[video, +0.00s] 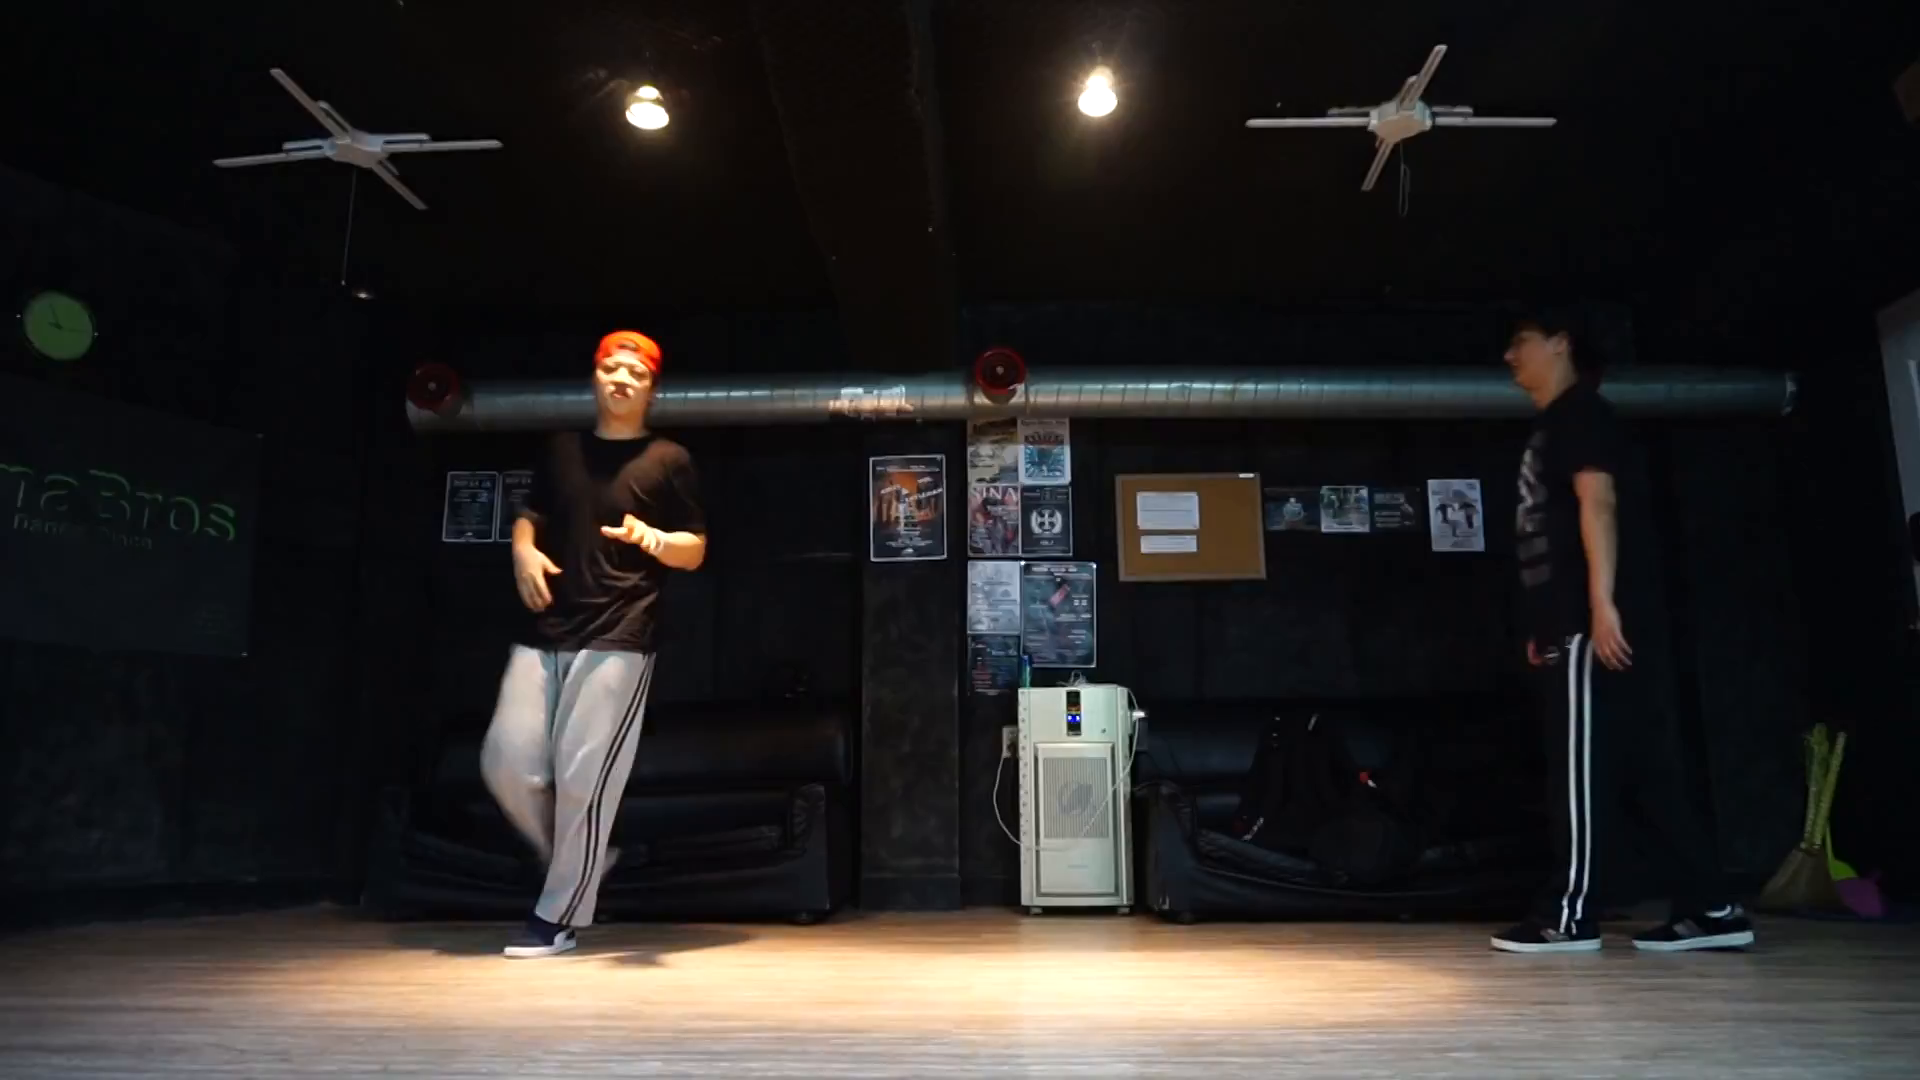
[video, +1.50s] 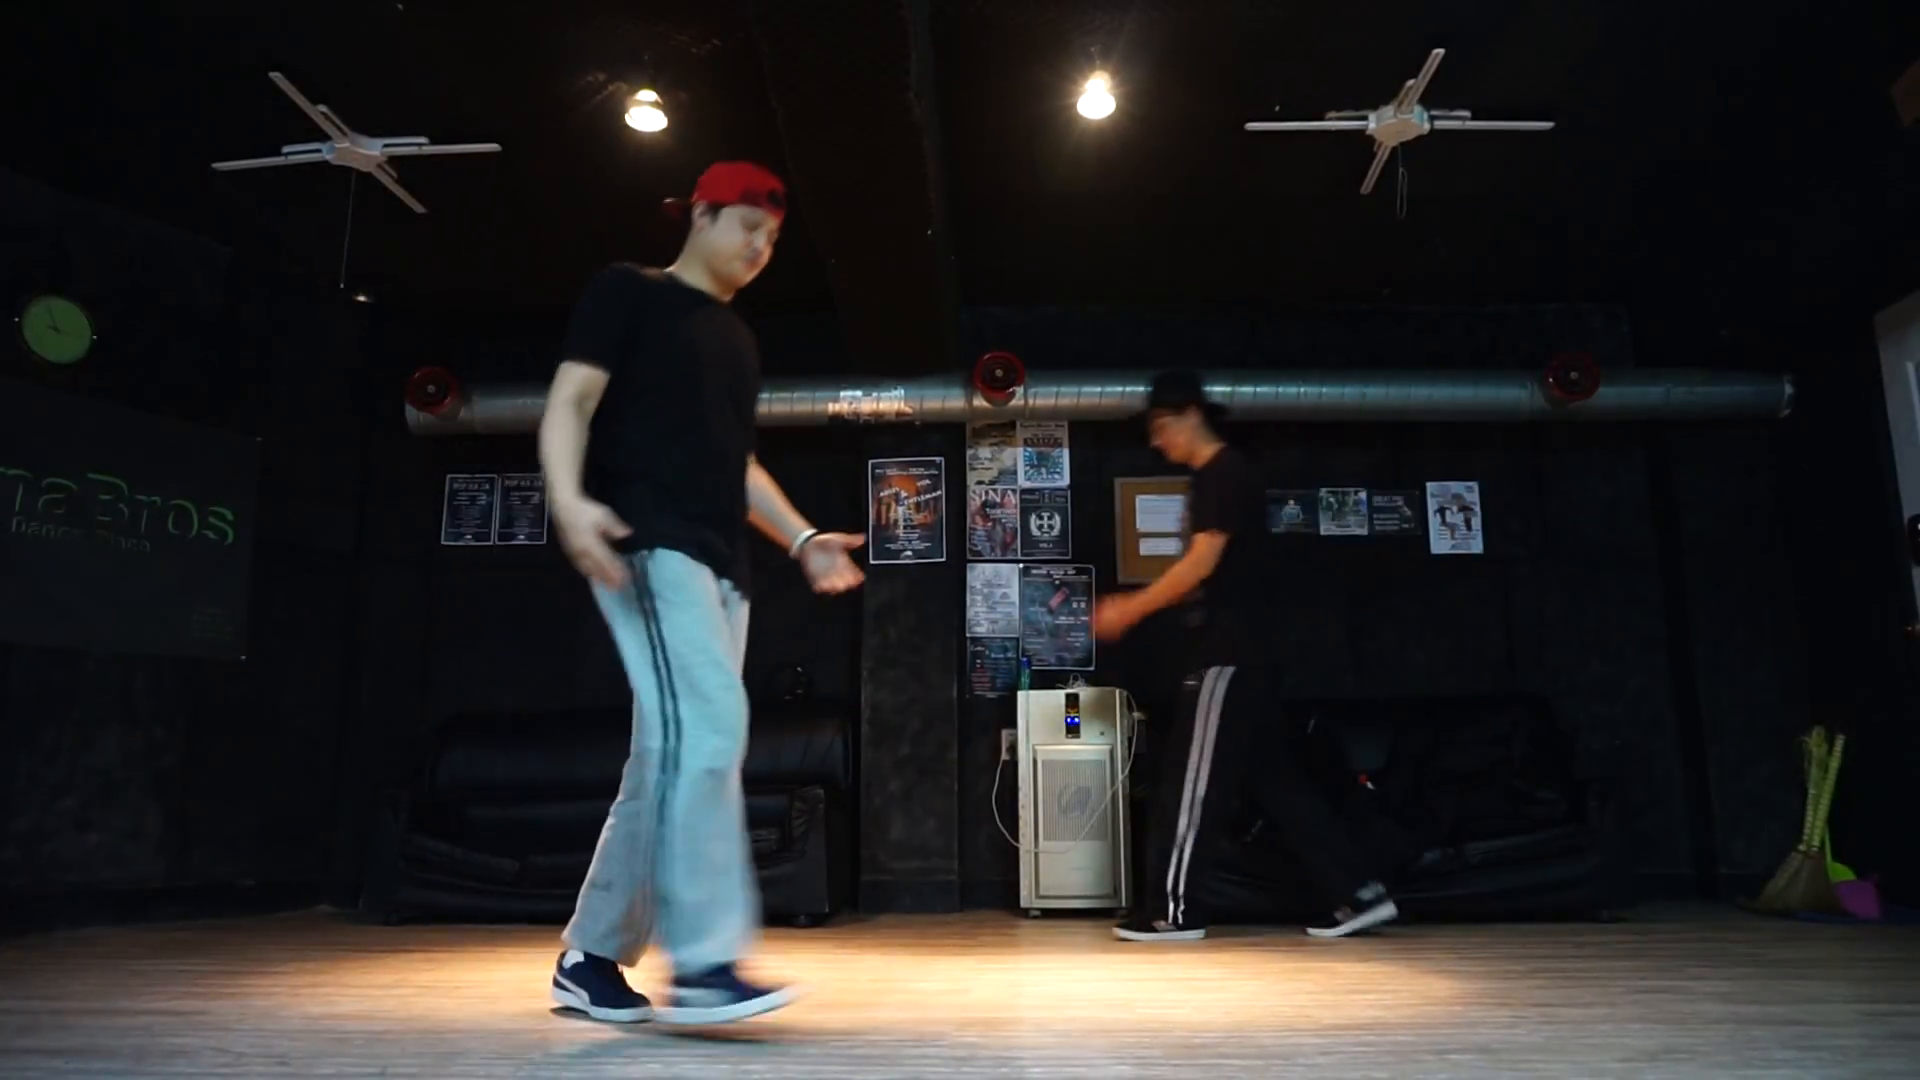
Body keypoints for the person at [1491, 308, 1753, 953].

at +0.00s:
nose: (1509, 355)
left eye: (1522, 341)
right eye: (1512, 343)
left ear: (1561, 346)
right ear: (1548, 351)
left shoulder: (1581, 416)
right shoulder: (1551, 427)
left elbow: (1599, 505)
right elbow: (1548, 531)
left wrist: (1603, 604)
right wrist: (1542, 622)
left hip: (1588, 625)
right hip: (1570, 627)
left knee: (1580, 774)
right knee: (1647, 766)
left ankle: (1571, 919)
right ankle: (1712, 908)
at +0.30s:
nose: (1444, 381)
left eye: (1452, 366)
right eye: (1443, 370)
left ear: (1488, 363)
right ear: (1483, 368)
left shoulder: (1522, 426)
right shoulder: (1502, 434)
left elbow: (1524, 522)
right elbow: (1505, 538)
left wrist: (1517, 622)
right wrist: (1495, 627)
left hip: (1540, 627)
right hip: (1531, 627)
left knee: (1540, 773)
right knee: (1558, 763)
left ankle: (1567, 923)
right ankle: (1639, 864)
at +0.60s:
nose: (1405, 378)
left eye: (1416, 365)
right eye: (1407, 366)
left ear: (1449, 369)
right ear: (1448, 371)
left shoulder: (1454, 428)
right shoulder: (1468, 431)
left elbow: (1432, 518)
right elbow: (1456, 530)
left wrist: (1393, 607)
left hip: (1490, 623)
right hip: (1473, 623)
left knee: (1519, 772)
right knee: (1453, 766)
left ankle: (1568, 922)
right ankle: (1440, 904)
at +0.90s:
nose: (1316, 415)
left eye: (1323, 402)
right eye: (1315, 405)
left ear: (1356, 398)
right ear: (1354, 401)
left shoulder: (1375, 449)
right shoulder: (1375, 453)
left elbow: (1371, 533)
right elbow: (1381, 544)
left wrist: (1345, 621)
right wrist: (1363, 625)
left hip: (1403, 628)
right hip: (1390, 631)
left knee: (1428, 757)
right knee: (1379, 765)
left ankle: (1542, 904)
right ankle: (1377, 910)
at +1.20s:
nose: (1256, 407)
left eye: (1265, 394)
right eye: (1256, 397)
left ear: (1300, 394)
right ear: (1291, 397)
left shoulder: (1312, 453)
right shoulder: (1301, 464)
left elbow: (1295, 522)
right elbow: (1284, 563)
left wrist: (1202, 563)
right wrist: (1204, 568)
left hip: (1317, 635)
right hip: (1322, 633)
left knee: (1285, 762)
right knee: (1340, 767)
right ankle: (1375, 906)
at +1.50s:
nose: (1160, 442)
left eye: (1164, 428)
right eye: (1156, 431)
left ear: (1194, 417)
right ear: (1178, 424)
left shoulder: (1225, 474)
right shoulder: (1220, 473)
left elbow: (1200, 562)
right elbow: (1202, 564)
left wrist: (1130, 608)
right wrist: (1137, 604)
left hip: (1229, 649)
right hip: (1236, 645)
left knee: (1192, 779)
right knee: (1271, 774)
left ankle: (1171, 912)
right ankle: (1360, 894)